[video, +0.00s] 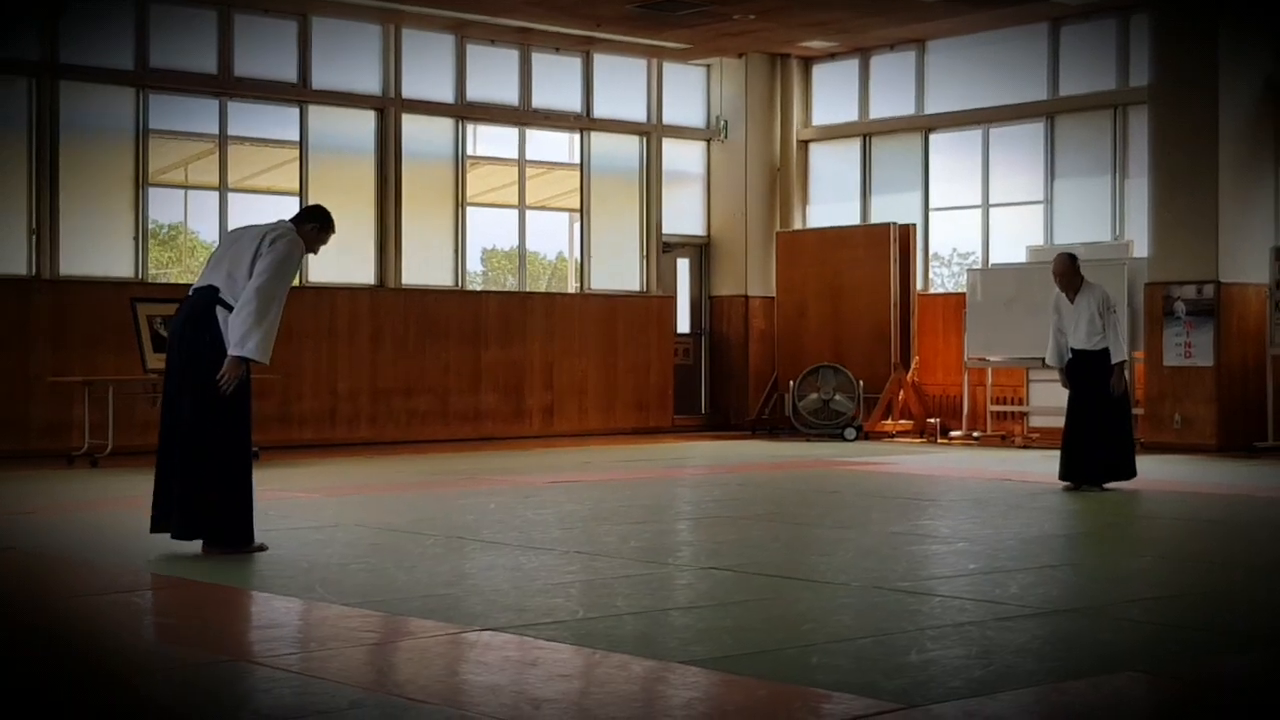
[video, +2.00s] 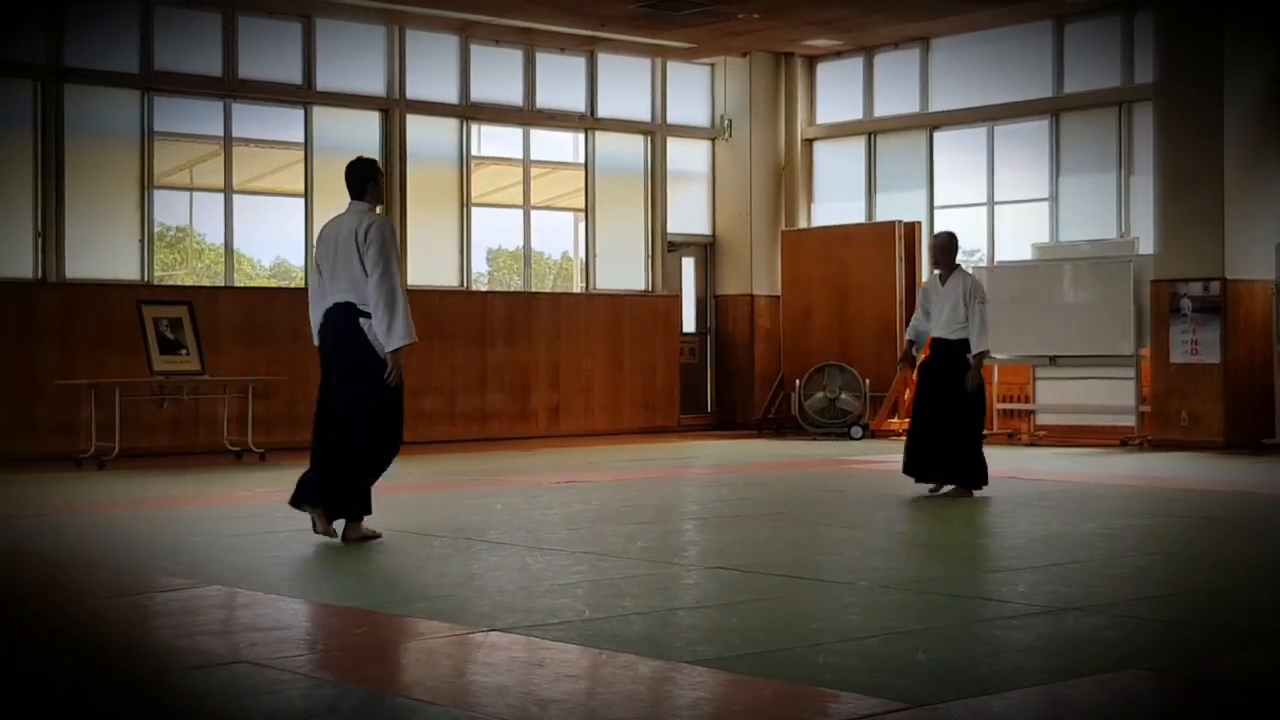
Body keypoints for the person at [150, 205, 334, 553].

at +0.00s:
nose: (317, 250)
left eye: (322, 245)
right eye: (321, 242)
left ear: (299, 220)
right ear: (312, 228)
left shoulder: (246, 234)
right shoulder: (288, 240)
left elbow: (213, 282)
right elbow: (259, 291)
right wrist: (239, 352)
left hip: (191, 324)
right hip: (218, 329)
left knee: (203, 429)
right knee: (228, 433)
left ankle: (210, 529)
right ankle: (227, 536)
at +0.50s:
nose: (310, 201)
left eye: (310, 193)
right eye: (308, 192)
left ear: (275, 186)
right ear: (296, 189)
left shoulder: (236, 217)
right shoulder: (282, 221)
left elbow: (215, 275)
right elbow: (270, 283)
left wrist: (206, 328)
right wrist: (262, 346)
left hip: (208, 321)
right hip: (237, 324)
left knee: (214, 425)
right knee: (243, 427)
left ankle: (213, 526)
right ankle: (233, 531)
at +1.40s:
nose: (305, 182)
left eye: (303, 175)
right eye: (303, 175)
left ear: (268, 178)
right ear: (294, 178)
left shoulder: (243, 223)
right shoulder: (293, 221)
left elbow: (234, 284)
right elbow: (295, 287)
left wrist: (238, 333)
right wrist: (300, 346)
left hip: (247, 328)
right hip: (279, 329)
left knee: (252, 426)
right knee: (285, 427)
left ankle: (243, 527)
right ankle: (279, 526)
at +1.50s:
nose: (318, 183)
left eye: (316, 176)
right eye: (314, 177)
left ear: (282, 181)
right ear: (303, 180)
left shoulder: (257, 224)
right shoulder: (305, 223)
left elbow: (246, 285)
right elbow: (305, 289)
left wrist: (246, 336)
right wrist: (311, 347)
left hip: (258, 328)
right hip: (286, 329)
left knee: (306, 422)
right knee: (268, 427)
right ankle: (249, 529)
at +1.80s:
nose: (358, 192)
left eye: (356, 186)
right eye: (354, 187)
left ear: (324, 192)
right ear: (342, 191)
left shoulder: (300, 234)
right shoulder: (347, 231)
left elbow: (286, 293)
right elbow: (350, 294)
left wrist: (286, 343)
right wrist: (355, 352)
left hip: (302, 339)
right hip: (330, 341)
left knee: (339, 430)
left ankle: (350, 519)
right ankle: (251, 517)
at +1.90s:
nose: (372, 189)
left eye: (370, 183)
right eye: (368, 184)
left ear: (337, 189)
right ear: (357, 187)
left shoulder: (315, 231)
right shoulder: (363, 228)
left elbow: (303, 291)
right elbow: (367, 291)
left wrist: (305, 341)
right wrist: (374, 348)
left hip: (319, 334)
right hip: (349, 335)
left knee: (342, 429)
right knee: (346, 429)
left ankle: (355, 522)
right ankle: (276, 504)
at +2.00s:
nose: (384, 189)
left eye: (381, 182)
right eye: (382, 183)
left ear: (349, 187)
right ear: (374, 186)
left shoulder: (328, 229)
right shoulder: (376, 226)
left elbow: (318, 287)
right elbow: (383, 287)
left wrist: (321, 334)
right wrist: (392, 344)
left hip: (332, 329)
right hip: (365, 329)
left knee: (341, 419)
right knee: (383, 427)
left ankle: (353, 520)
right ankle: (322, 497)